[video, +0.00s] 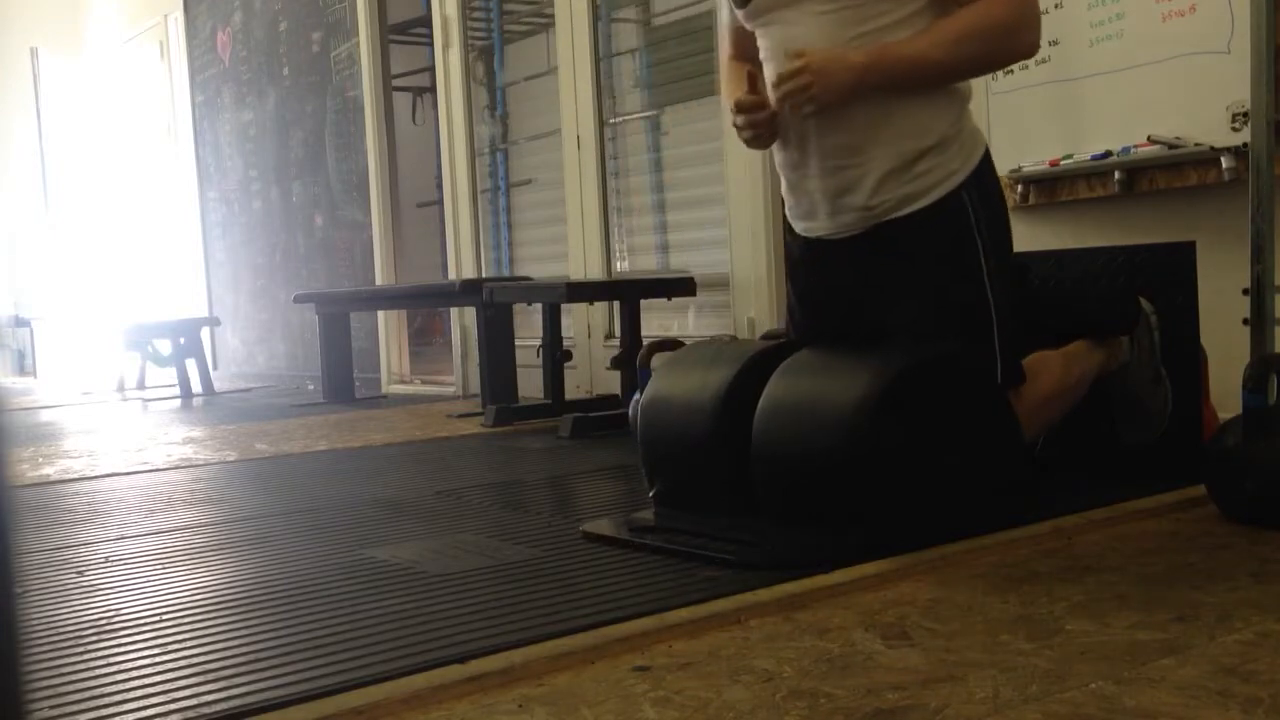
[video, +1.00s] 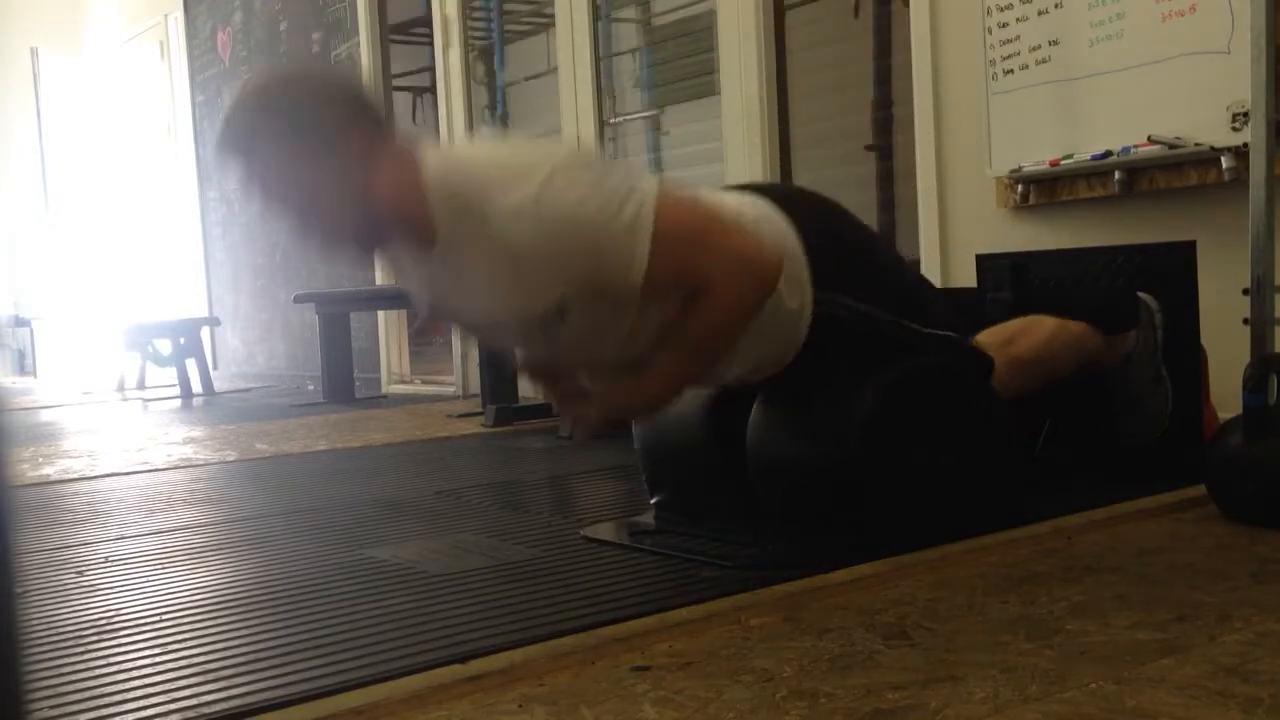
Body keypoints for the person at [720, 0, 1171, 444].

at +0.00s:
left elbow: (1015, 27)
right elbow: (739, 56)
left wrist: (859, 68)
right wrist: (746, 108)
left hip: (935, 204)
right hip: (816, 224)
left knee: (973, 435)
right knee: (845, 442)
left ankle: (1107, 349)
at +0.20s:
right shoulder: (723, 4)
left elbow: (991, 30)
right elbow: (720, 54)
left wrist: (833, 78)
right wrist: (723, 99)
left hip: (922, 206)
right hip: (806, 229)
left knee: (969, 444)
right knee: (848, 456)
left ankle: (1102, 348)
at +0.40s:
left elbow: (945, 33)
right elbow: (670, 55)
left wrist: (786, 106)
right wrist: (677, 119)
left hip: (899, 217)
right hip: (786, 248)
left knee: (968, 437)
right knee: (847, 456)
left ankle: (1105, 347)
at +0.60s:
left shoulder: (745, 3)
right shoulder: (565, 11)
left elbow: (879, 58)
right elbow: (609, 108)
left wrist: (729, 158)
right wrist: (618, 163)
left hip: (867, 234)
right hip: (762, 274)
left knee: (960, 424)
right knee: (848, 455)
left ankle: (1102, 348)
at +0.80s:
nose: (387, 27)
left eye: (395, 7)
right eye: (381, 17)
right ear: (411, 18)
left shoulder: (614, 41)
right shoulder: (459, 90)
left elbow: (802, 143)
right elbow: (570, 172)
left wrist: (675, 263)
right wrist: (564, 233)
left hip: (827, 263)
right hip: (749, 298)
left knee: (961, 409)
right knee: (916, 377)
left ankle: (1094, 346)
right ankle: (1063, 347)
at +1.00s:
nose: (286, 212)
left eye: (286, 183)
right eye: (269, 195)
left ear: (346, 146)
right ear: (307, 177)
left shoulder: (508, 198)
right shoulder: (407, 236)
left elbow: (747, 266)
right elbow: (552, 293)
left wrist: (642, 385)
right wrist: (569, 368)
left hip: (799, 270)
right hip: (714, 311)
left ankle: (1072, 345)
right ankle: (990, 351)